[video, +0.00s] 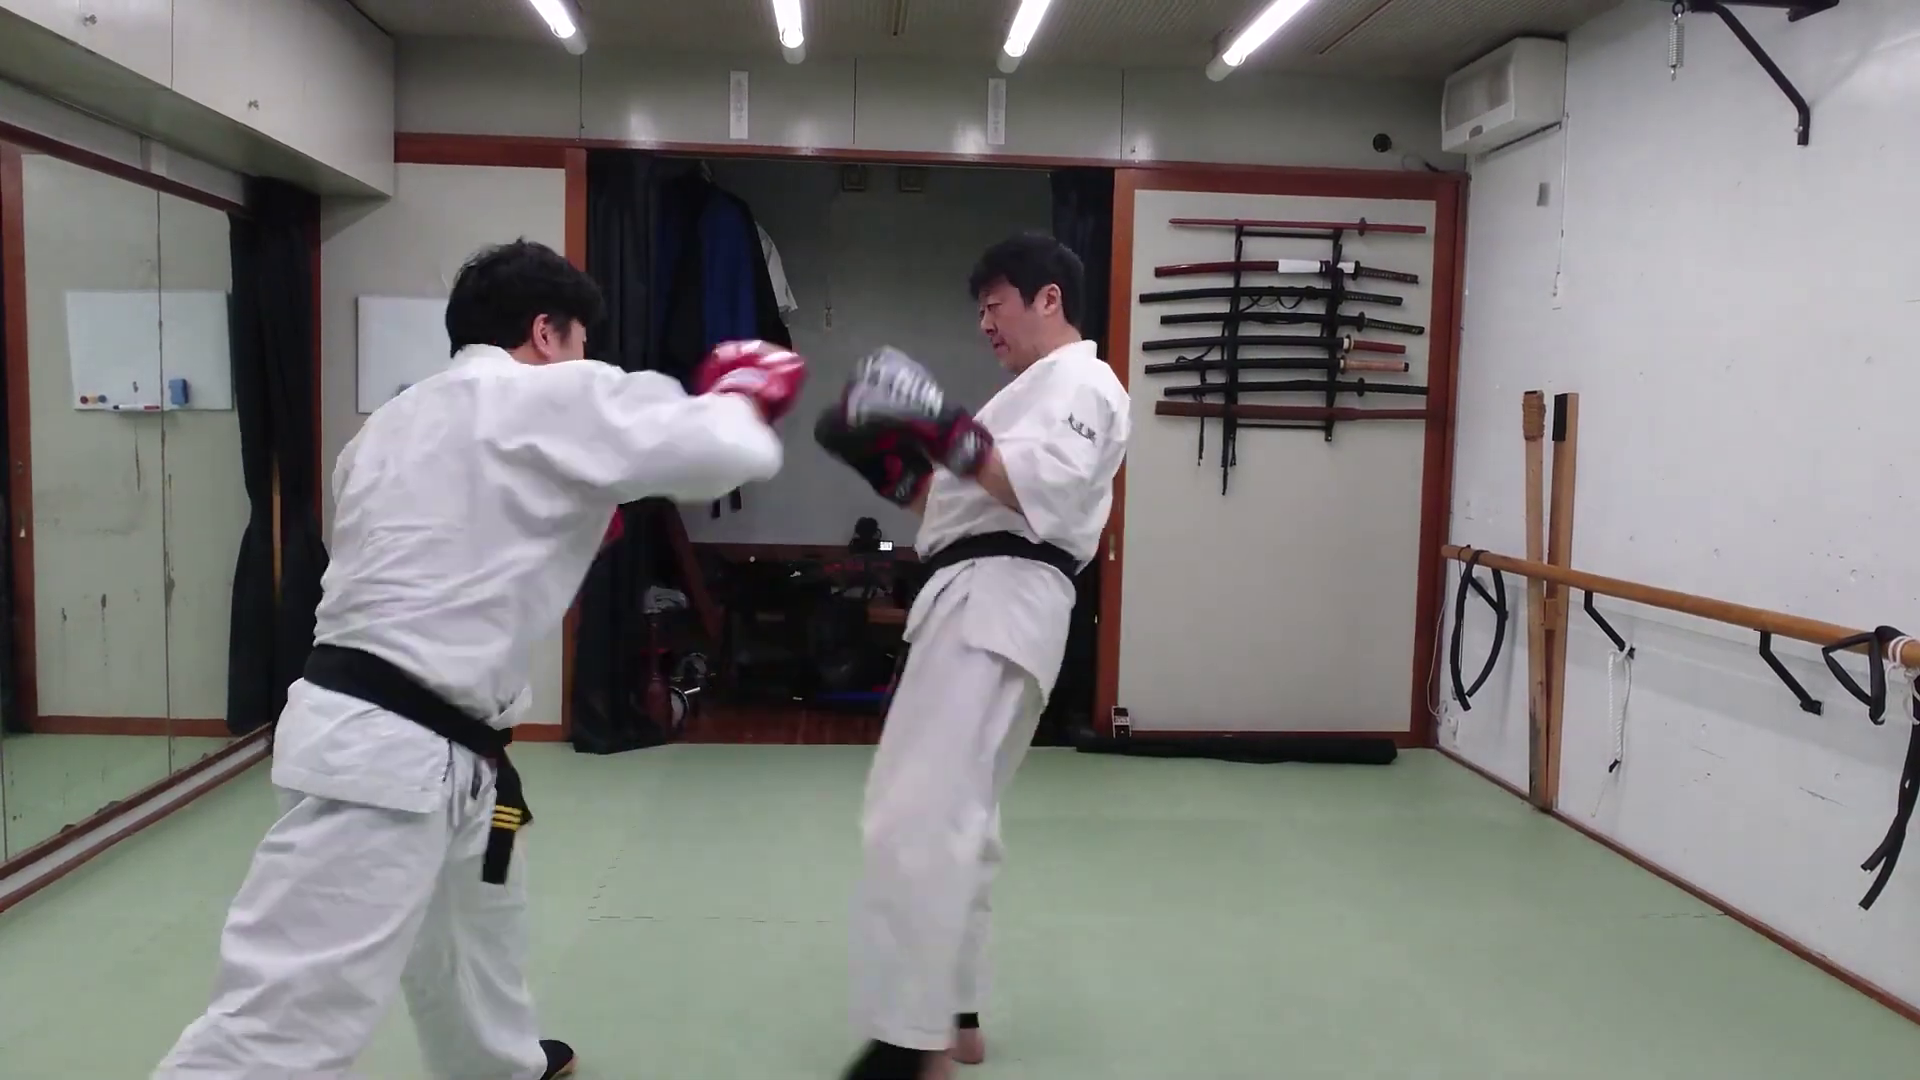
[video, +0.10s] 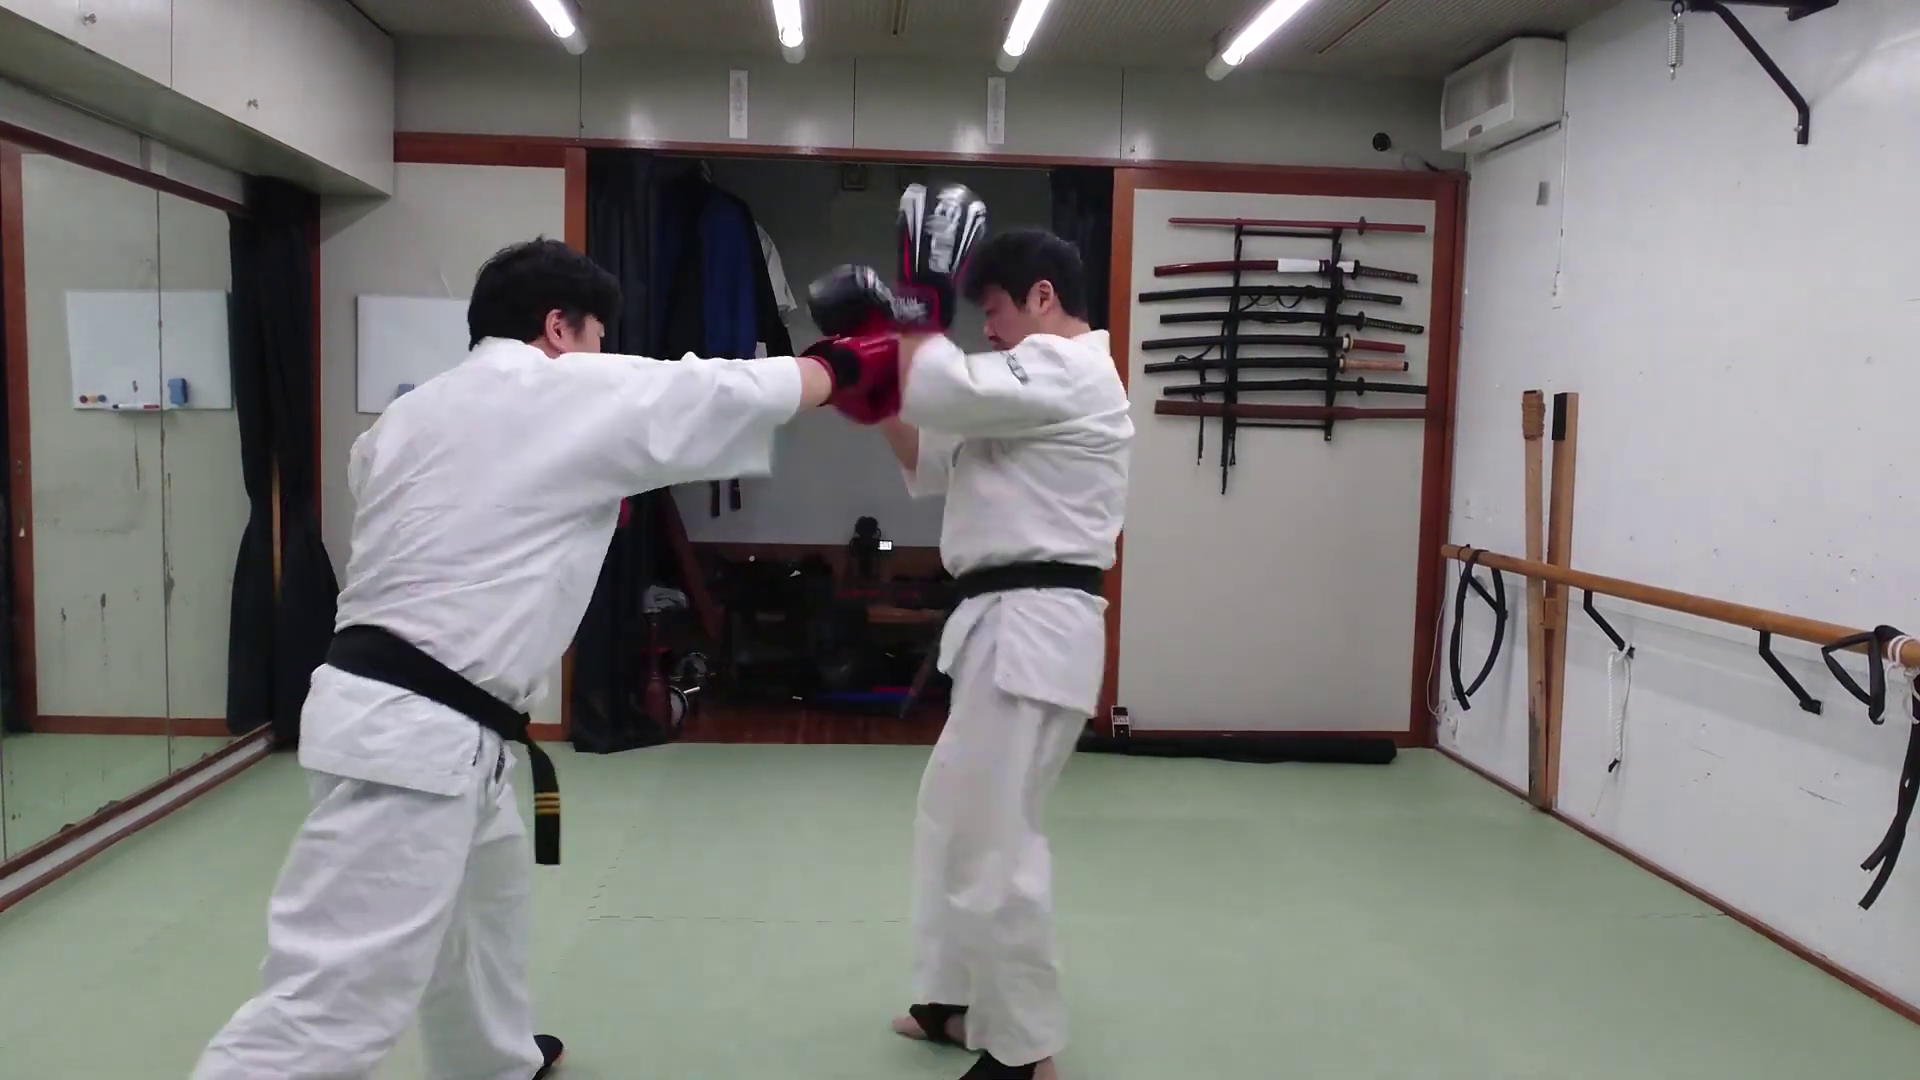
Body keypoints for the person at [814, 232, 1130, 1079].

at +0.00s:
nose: (987, 327)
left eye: (996, 306)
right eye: (983, 312)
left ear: (1048, 299)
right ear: (1042, 307)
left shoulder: (1080, 377)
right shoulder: (1035, 392)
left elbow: (1045, 484)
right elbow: (971, 509)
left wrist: (946, 431)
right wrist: (898, 472)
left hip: (998, 593)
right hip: (982, 592)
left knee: (914, 807)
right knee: (957, 811)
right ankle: (953, 1016)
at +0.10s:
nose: (988, 327)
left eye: (995, 309)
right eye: (984, 314)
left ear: (1044, 296)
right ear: (1043, 299)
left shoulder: (1075, 366)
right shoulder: (1030, 379)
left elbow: (953, 391)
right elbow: (932, 465)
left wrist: (897, 329)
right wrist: (882, 385)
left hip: (1038, 622)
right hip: (1001, 621)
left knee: (993, 828)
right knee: (947, 808)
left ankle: (1025, 1046)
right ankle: (953, 1003)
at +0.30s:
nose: (1028, 317)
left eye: (1036, 298)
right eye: (1026, 300)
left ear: (1090, 289)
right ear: (1090, 292)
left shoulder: (1105, 372)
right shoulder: (1073, 363)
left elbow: (976, 448)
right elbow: (967, 372)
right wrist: (927, 277)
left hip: (1082, 628)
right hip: (1032, 622)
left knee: (1044, 849)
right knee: (1020, 816)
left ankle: (1024, 1055)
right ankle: (1126, 949)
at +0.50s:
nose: (1085, 328)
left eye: (1094, 309)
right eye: (1080, 313)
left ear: (1152, 298)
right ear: (1140, 304)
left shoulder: (1199, 395)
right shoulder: (1107, 387)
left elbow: (1193, 536)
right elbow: (998, 431)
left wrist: (1081, 540)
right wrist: (931, 388)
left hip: (1155, 647)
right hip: (1121, 640)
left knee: (1082, 849)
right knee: (1202, 819)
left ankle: (1023, 1051)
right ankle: (1278, 984)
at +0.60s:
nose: (1119, 329)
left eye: (1134, 309)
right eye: (1110, 314)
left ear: (1188, 302)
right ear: (1111, 317)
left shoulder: (1234, 394)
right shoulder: (1122, 412)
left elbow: (1161, 497)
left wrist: (1031, 477)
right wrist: (1013, 471)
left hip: (1237, 635)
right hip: (1166, 636)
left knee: (1167, 825)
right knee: (1220, 814)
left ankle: (1124, 1035)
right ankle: (1278, 986)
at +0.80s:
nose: (1155, 354)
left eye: (1168, 333)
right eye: (1146, 338)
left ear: (1225, 321)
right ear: (1146, 340)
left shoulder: (1242, 402)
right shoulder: (1205, 402)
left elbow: (1118, 524)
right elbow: (1109, 454)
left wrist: (1028, 581)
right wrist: (1079, 359)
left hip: (1335, 650)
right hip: (1254, 654)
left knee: (1396, 859)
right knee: (1195, 805)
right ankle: (1233, 925)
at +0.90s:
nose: (1176, 379)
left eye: (1186, 359)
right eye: (1168, 365)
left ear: (1238, 343)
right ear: (1223, 353)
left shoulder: (1266, 426)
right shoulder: (1233, 421)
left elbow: (1186, 557)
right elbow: (1150, 482)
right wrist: (1133, 391)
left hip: (1332, 662)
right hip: (1267, 666)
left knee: (1402, 863)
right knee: (1235, 813)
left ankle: (1465, 1043)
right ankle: (1267, 944)